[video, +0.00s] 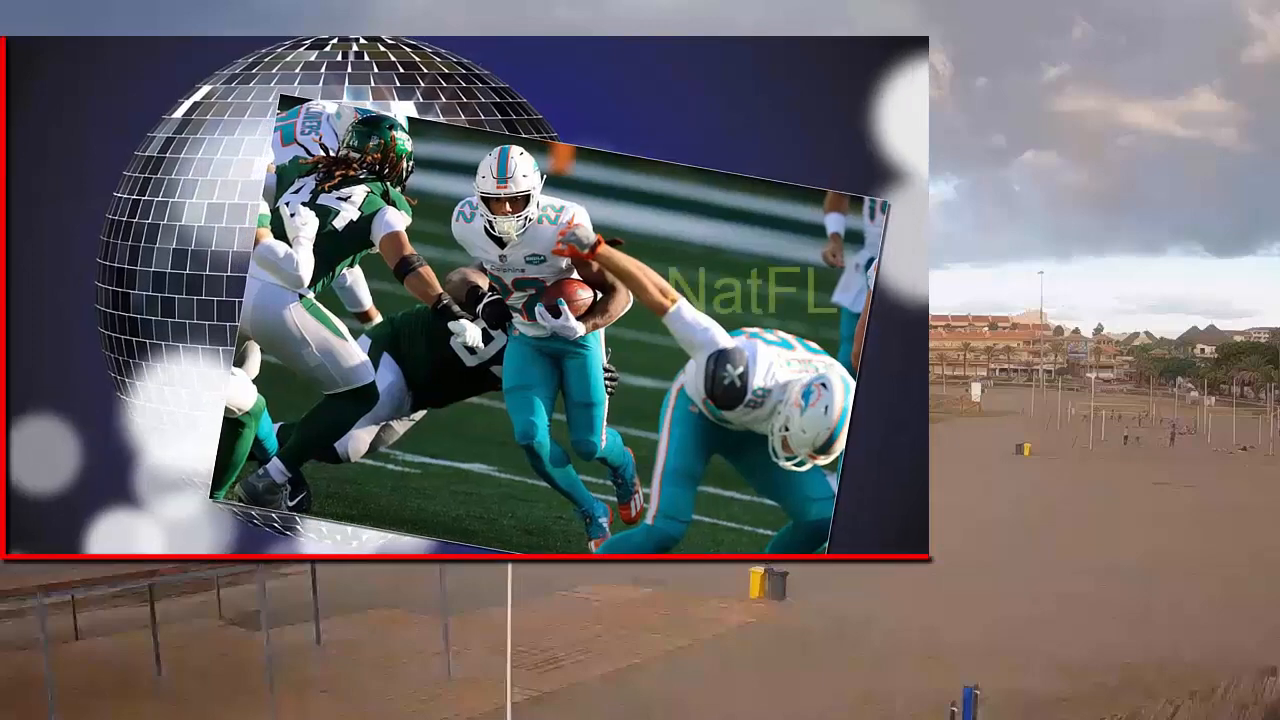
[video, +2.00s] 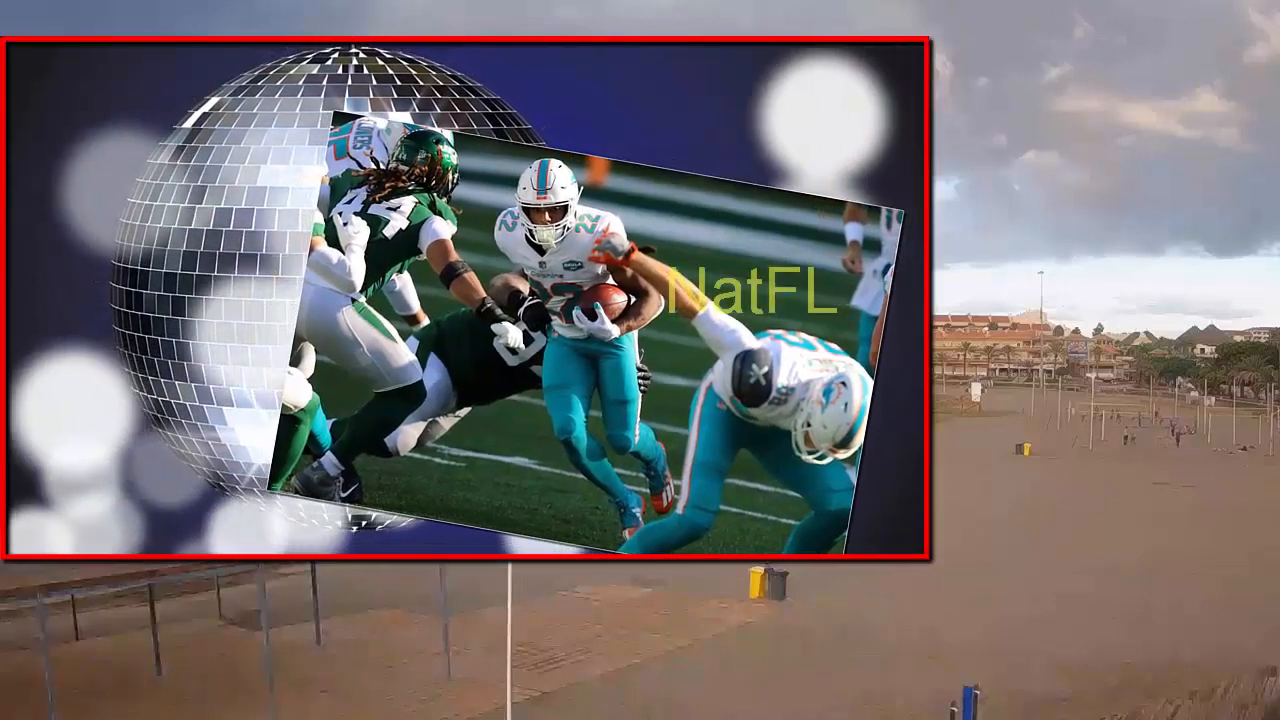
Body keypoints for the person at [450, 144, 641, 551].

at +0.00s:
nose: (504, 210)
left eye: (514, 200)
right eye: (495, 201)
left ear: (533, 194)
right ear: (482, 196)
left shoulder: (567, 224)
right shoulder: (466, 221)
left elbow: (622, 291)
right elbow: (493, 267)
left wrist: (585, 326)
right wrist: (493, 300)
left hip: (580, 340)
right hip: (525, 339)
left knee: (587, 445)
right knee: (530, 438)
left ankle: (624, 470)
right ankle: (593, 513)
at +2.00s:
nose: (544, 219)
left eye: (553, 210)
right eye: (535, 211)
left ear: (571, 204)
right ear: (523, 206)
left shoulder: (602, 232)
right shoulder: (508, 231)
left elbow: (655, 296)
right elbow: (534, 273)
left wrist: (619, 329)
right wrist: (539, 304)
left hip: (614, 340)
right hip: (564, 339)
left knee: (622, 439)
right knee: (568, 432)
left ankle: (657, 467)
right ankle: (628, 504)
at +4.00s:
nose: (583, 228)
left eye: (592, 220)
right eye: (575, 221)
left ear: (608, 214)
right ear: (563, 216)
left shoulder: (639, 240)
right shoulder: (550, 239)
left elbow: (687, 301)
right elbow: (575, 279)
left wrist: (653, 331)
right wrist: (582, 308)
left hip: (649, 342)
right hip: (602, 341)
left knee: (656, 434)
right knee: (606, 427)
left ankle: (689, 460)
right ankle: (661, 494)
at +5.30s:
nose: (610, 235)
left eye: (618, 227)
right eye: (602, 228)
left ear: (633, 221)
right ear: (590, 223)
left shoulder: (655, 245)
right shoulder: (577, 244)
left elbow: (682, 281)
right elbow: (599, 280)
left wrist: (651, 309)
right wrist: (595, 308)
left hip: (668, 341)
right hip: (627, 342)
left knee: (674, 426)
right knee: (630, 421)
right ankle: (675, 477)